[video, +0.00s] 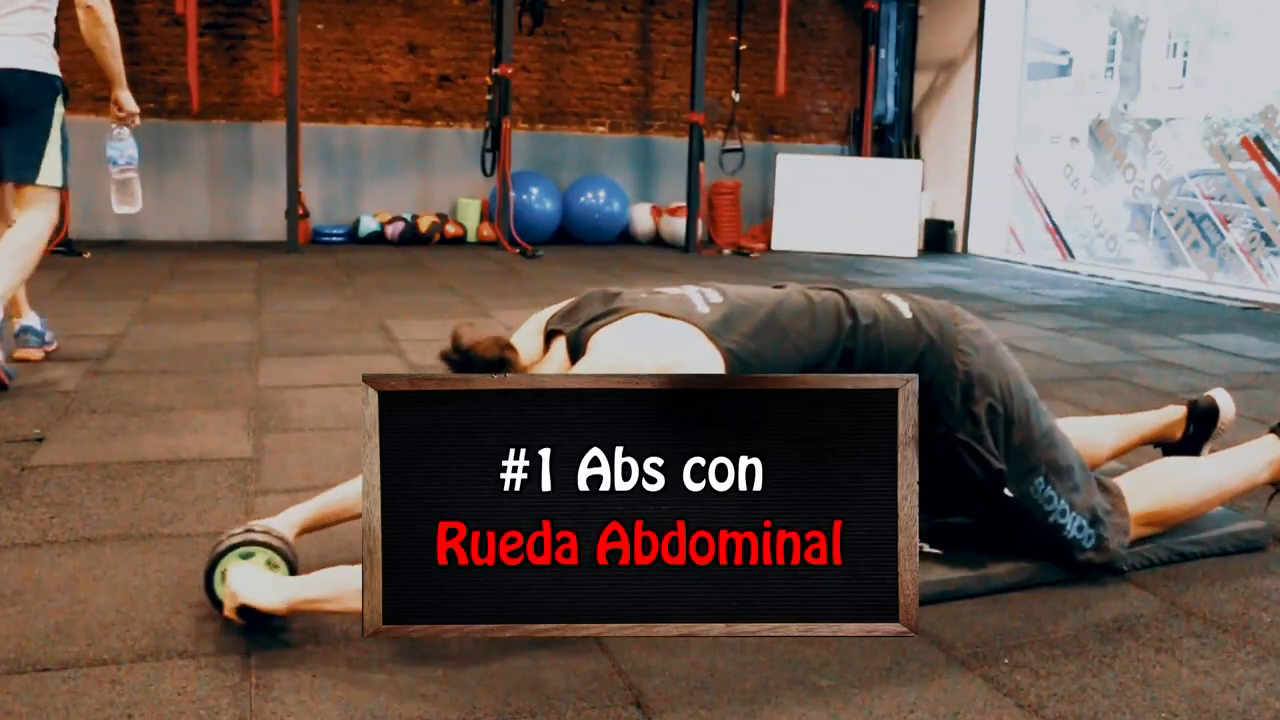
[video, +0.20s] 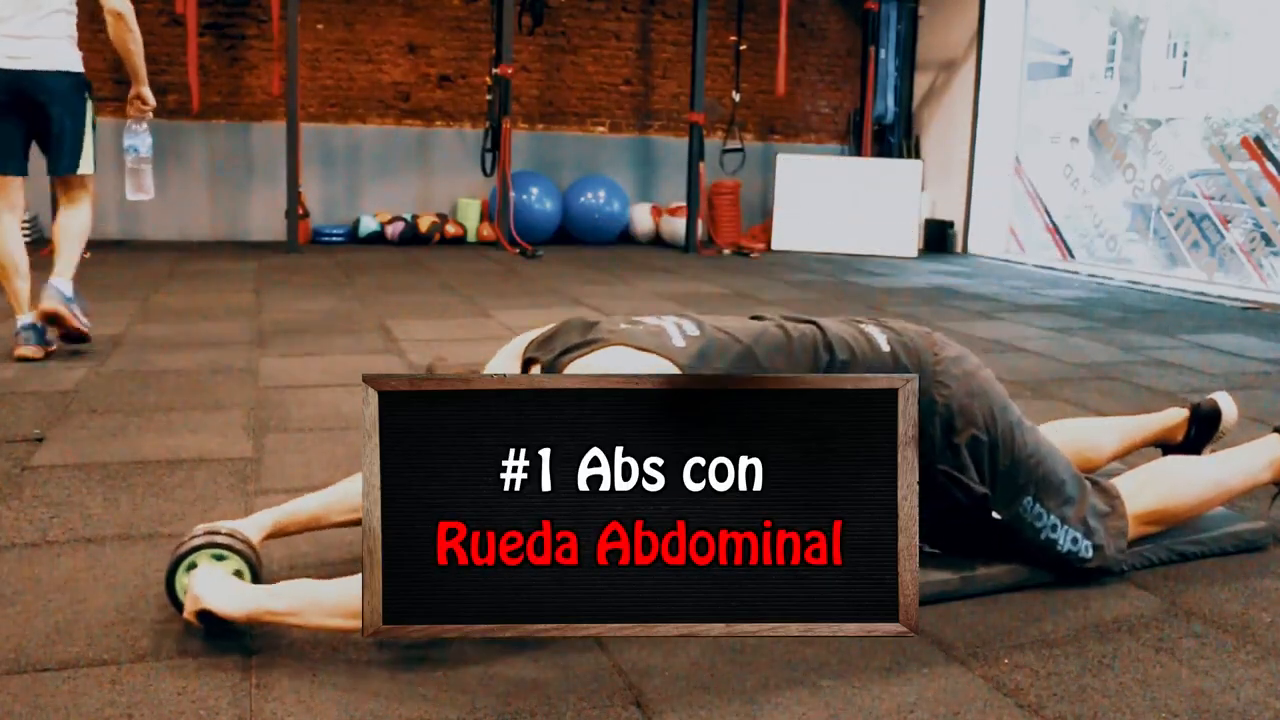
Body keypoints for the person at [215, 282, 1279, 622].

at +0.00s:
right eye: (507, 353)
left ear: (509, 371)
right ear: (504, 359)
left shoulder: (630, 369)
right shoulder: (552, 350)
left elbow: (497, 535)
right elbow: (429, 458)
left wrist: (316, 591)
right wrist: (300, 519)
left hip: (919, 351)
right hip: (874, 357)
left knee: (1093, 521)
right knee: (1018, 484)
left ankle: (1263, 460)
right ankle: (1175, 417)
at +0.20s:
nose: (537, 461)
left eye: (553, 436)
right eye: (524, 436)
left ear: (583, 399)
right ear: (513, 400)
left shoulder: (607, 469)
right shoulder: (558, 372)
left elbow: (433, 593)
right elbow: (413, 474)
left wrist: (251, 597)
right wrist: (259, 527)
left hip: (926, 396)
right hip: (840, 386)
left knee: (1094, 525)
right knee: (1018, 472)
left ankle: (1257, 471)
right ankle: (1173, 416)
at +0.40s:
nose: (531, 474)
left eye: (549, 451)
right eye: (523, 447)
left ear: (591, 429)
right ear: (513, 414)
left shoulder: (597, 490)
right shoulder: (551, 393)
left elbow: (404, 609)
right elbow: (402, 483)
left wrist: (222, 600)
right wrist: (253, 528)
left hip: (924, 410)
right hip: (832, 388)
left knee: (1099, 527)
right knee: (1021, 473)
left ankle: (1266, 464)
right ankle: (1181, 415)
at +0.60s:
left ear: (587, 448)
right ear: (501, 412)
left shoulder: (619, 485)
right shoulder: (548, 383)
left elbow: (440, 595)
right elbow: (407, 482)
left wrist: (241, 600)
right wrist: (254, 527)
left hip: (928, 397)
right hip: (833, 362)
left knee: (1096, 526)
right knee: (1017, 466)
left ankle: (1258, 470)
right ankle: (1173, 418)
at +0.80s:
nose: (532, 431)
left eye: (529, 412)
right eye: (509, 408)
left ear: (566, 374)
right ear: (513, 377)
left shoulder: (643, 373)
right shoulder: (554, 343)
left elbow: (490, 553)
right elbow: (418, 455)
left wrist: (273, 606)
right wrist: (262, 525)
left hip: (941, 367)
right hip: (864, 384)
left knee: (1093, 534)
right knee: (1007, 515)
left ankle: (1258, 460)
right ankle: (1187, 420)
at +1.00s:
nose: (553, 405)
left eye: (545, 386)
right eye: (536, 375)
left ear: (552, 355)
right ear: (534, 345)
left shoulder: (671, 338)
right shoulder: (577, 323)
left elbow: (529, 487)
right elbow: (457, 428)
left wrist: (343, 594)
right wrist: (324, 510)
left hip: (964, 338)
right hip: (904, 343)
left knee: (1107, 541)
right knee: (1004, 512)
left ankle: (1264, 452)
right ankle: (1183, 422)